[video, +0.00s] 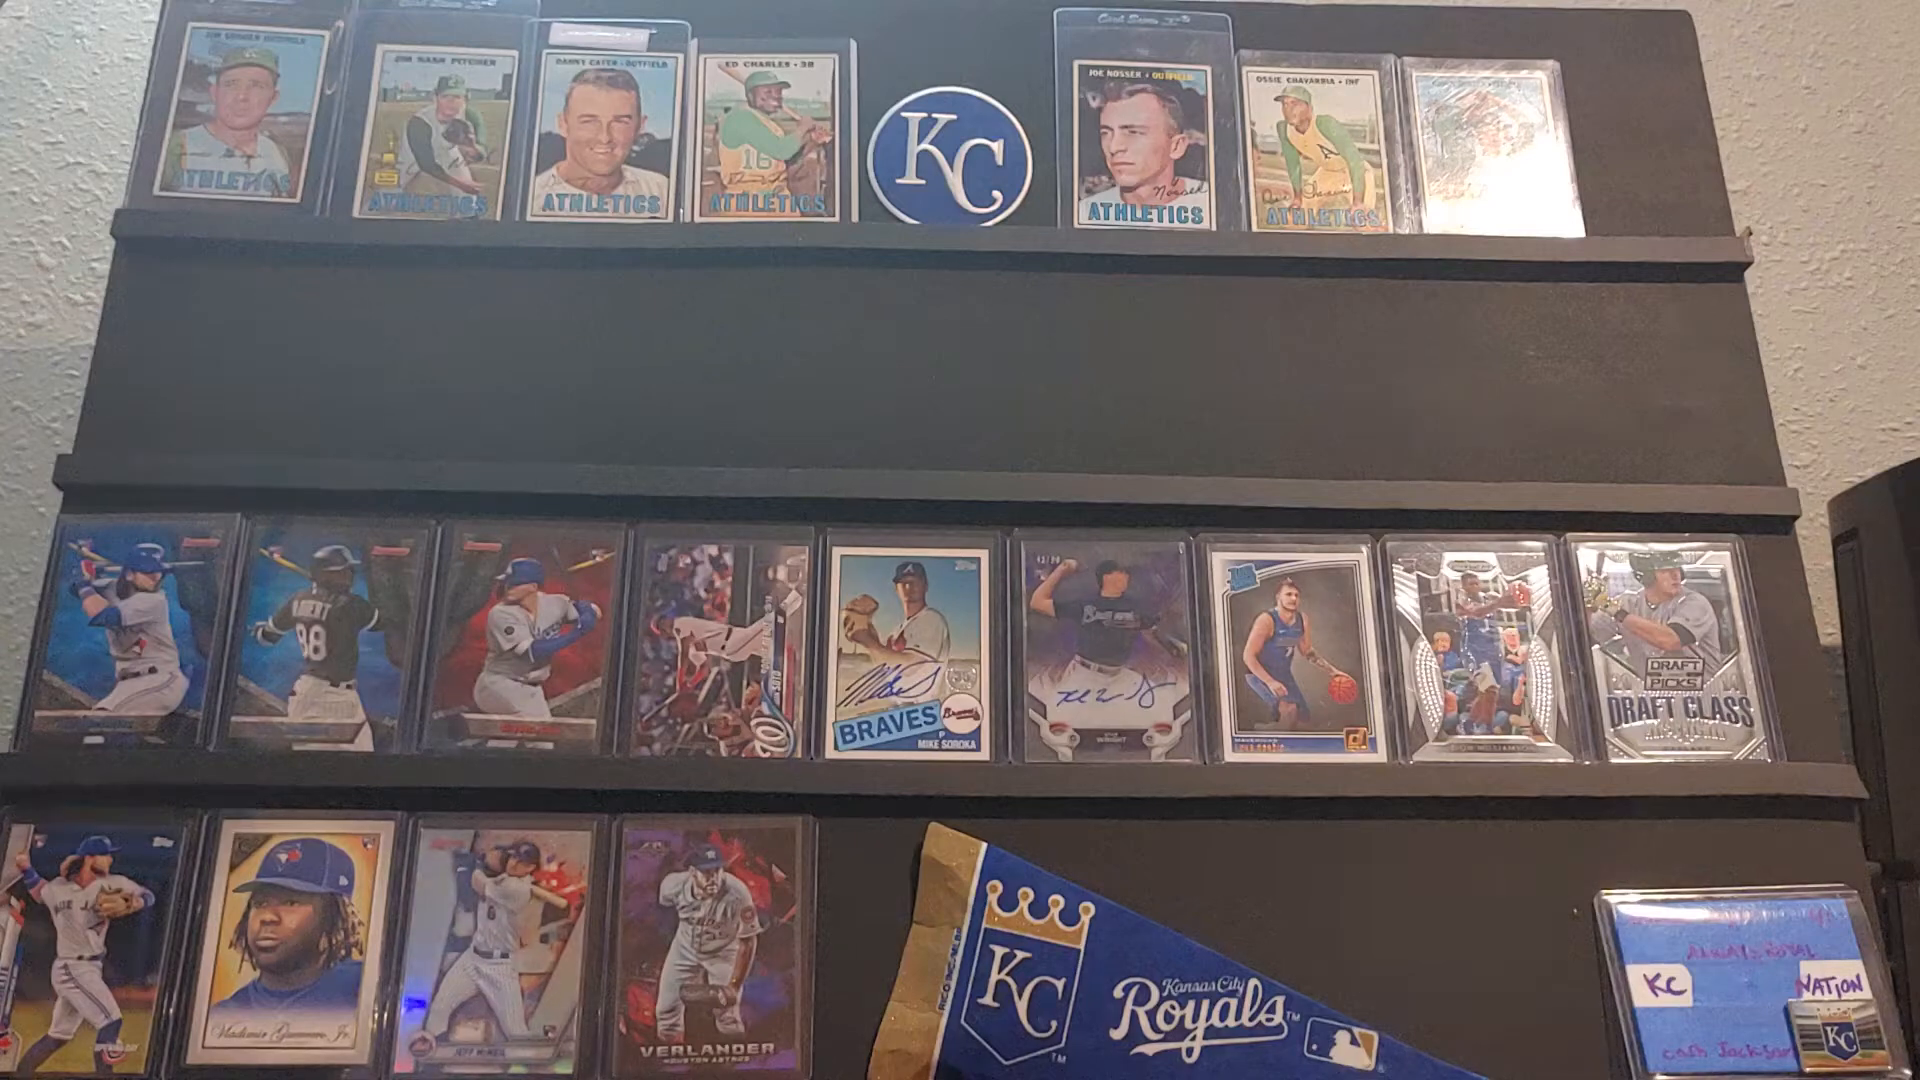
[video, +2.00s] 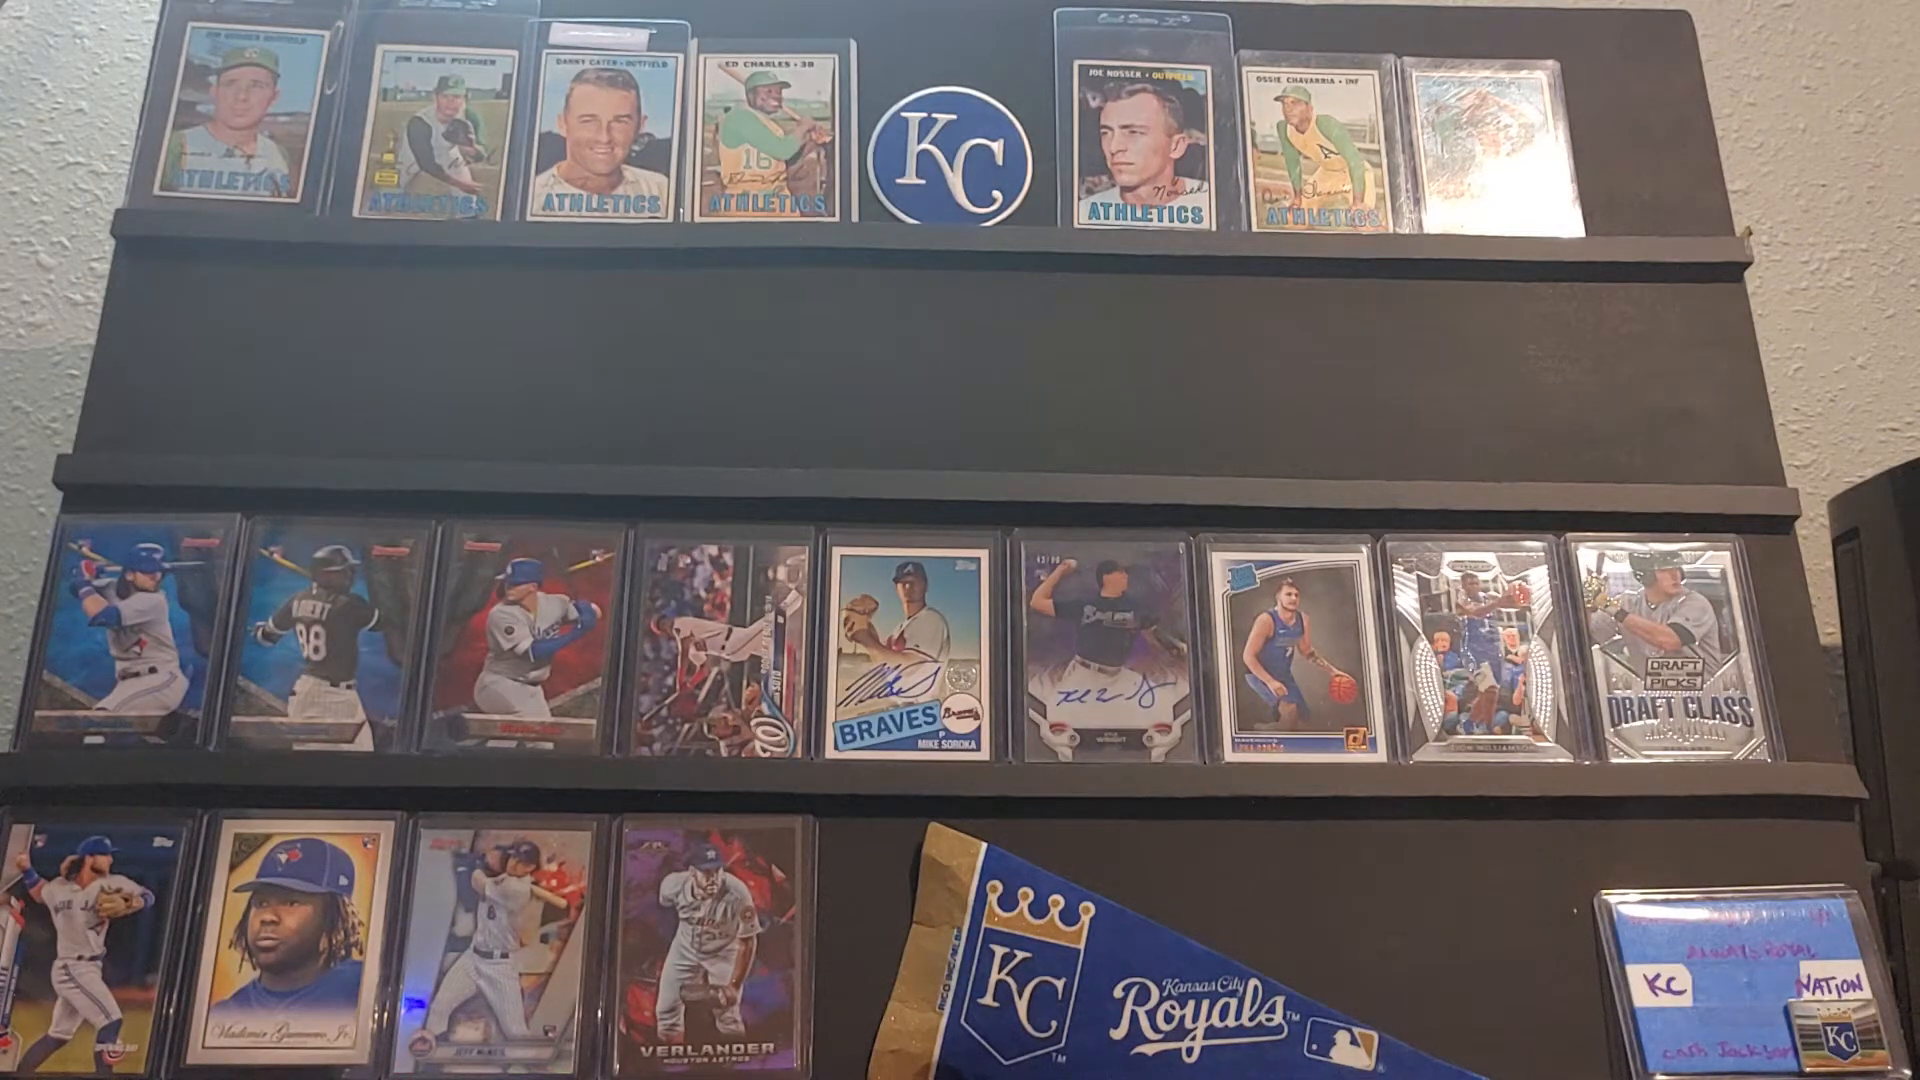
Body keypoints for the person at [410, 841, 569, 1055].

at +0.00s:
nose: (514, 863)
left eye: (522, 861)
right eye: (513, 857)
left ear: (531, 869)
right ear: (508, 858)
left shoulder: (517, 889)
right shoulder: (500, 879)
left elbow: (477, 882)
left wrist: (477, 866)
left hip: (500, 966)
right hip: (472, 959)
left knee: (515, 1030)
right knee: (439, 1007)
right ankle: (430, 1065)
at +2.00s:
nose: (514, 865)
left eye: (521, 863)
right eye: (513, 859)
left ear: (530, 869)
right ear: (509, 858)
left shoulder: (518, 890)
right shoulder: (501, 879)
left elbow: (479, 882)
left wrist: (477, 867)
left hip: (501, 966)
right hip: (473, 958)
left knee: (515, 1031)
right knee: (440, 1005)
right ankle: (427, 1063)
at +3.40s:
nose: (513, 864)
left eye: (520, 862)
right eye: (512, 858)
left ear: (530, 869)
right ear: (508, 858)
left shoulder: (518, 890)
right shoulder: (502, 879)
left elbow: (477, 881)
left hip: (501, 965)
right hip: (473, 957)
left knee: (515, 1030)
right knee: (441, 1003)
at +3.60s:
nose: (513, 864)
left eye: (520, 862)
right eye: (513, 859)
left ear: (530, 868)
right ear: (510, 858)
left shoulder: (518, 889)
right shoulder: (501, 879)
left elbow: (478, 882)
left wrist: (484, 865)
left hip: (501, 965)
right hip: (472, 958)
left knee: (515, 1030)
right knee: (439, 1006)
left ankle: (528, 1071)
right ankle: (427, 1064)